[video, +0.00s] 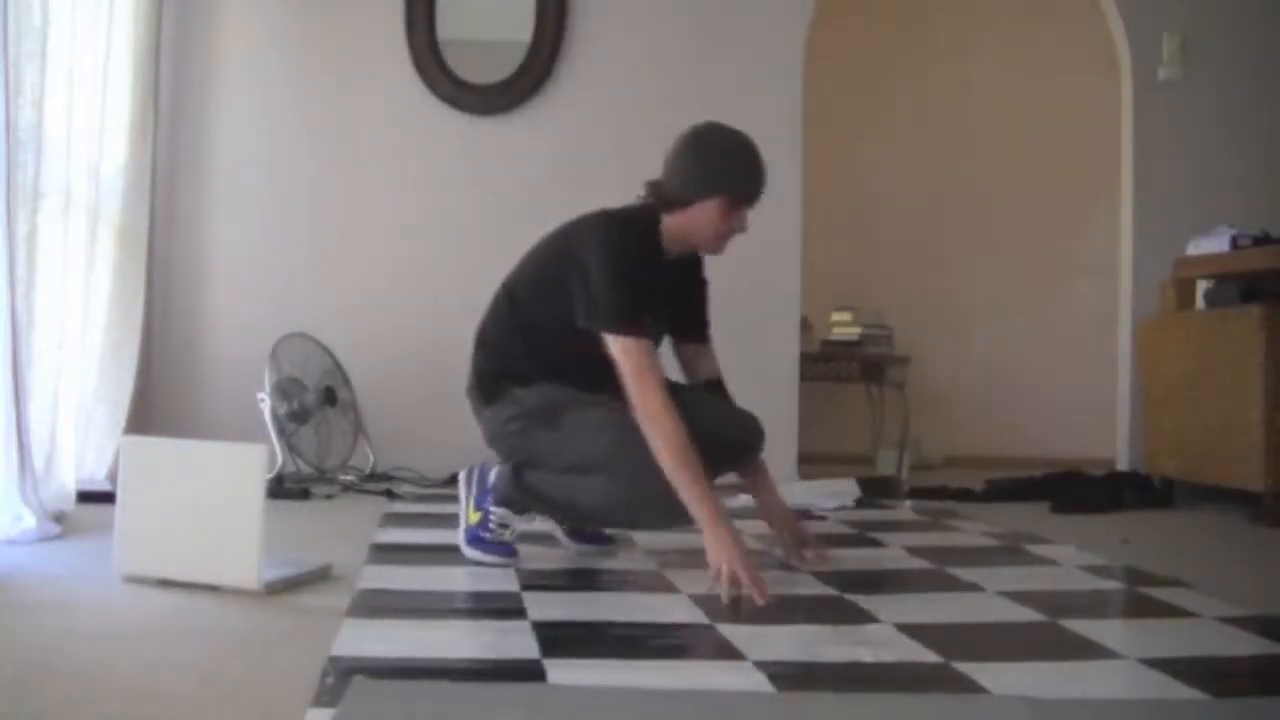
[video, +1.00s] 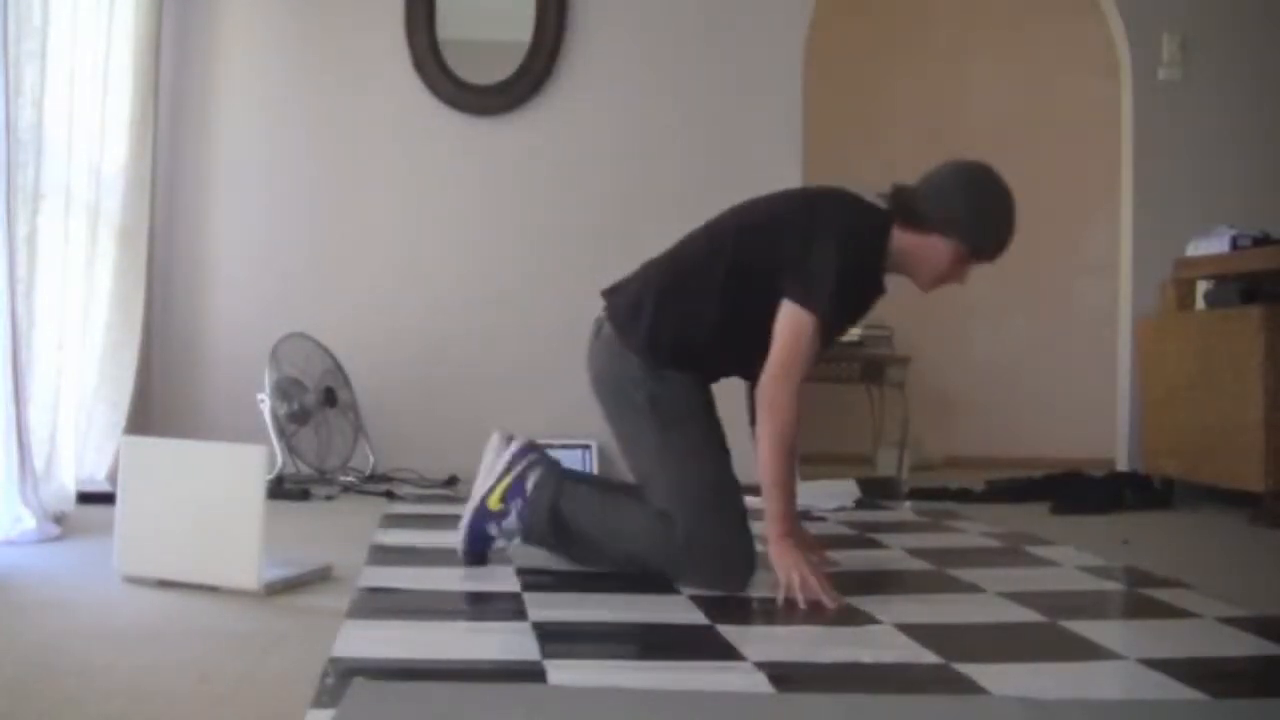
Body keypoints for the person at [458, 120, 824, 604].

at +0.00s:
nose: (743, 225)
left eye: (746, 210)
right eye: (736, 208)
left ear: (706, 203)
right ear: (701, 198)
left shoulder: (681, 262)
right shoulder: (614, 249)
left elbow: (707, 383)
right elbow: (648, 400)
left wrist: (767, 498)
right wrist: (715, 527)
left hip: (595, 401)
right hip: (520, 407)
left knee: (732, 433)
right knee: (668, 495)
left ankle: (572, 496)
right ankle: (503, 486)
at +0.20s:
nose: (808, 229)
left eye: (813, 215)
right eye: (804, 212)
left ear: (767, 200)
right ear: (770, 199)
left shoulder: (728, 260)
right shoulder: (669, 238)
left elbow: (726, 392)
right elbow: (667, 406)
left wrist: (776, 511)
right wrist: (718, 543)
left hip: (630, 402)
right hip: (559, 405)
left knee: (763, 490)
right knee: (682, 547)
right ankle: (515, 483)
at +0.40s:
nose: (873, 221)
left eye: (878, 206)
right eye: (871, 201)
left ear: (830, 188)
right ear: (835, 186)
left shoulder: (772, 251)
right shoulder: (734, 226)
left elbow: (748, 389)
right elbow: (698, 398)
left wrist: (776, 511)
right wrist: (719, 538)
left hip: (660, 397)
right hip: (592, 396)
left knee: (766, 538)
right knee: (688, 560)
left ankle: (594, 478)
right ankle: (535, 482)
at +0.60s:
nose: (926, 230)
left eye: (934, 215)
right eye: (925, 210)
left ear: (891, 194)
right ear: (889, 191)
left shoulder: (820, 245)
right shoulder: (798, 227)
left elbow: (764, 383)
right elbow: (720, 378)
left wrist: (776, 513)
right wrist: (750, 524)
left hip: (670, 378)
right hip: (622, 376)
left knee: (719, 544)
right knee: (707, 565)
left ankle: (566, 479)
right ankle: (544, 479)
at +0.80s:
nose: (963, 259)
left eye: (971, 245)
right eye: (966, 240)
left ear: (925, 212)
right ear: (933, 216)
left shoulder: (852, 243)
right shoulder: (842, 236)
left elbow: (781, 387)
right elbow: (770, 387)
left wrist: (783, 522)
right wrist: (783, 535)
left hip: (664, 363)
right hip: (635, 360)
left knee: (712, 548)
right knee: (718, 565)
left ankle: (546, 493)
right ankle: (536, 500)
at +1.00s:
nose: (961, 278)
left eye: (973, 267)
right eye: (969, 261)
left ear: (934, 227)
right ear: (944, 232)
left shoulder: (855, 252)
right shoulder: (840, 236)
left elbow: (778, 391)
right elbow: (777, 390)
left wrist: (783, 522)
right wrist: (781, 534)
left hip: (663, 359)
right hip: (640, 356)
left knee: (713, 542)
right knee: (717, 564)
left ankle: (541, 486)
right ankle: (531, 494)